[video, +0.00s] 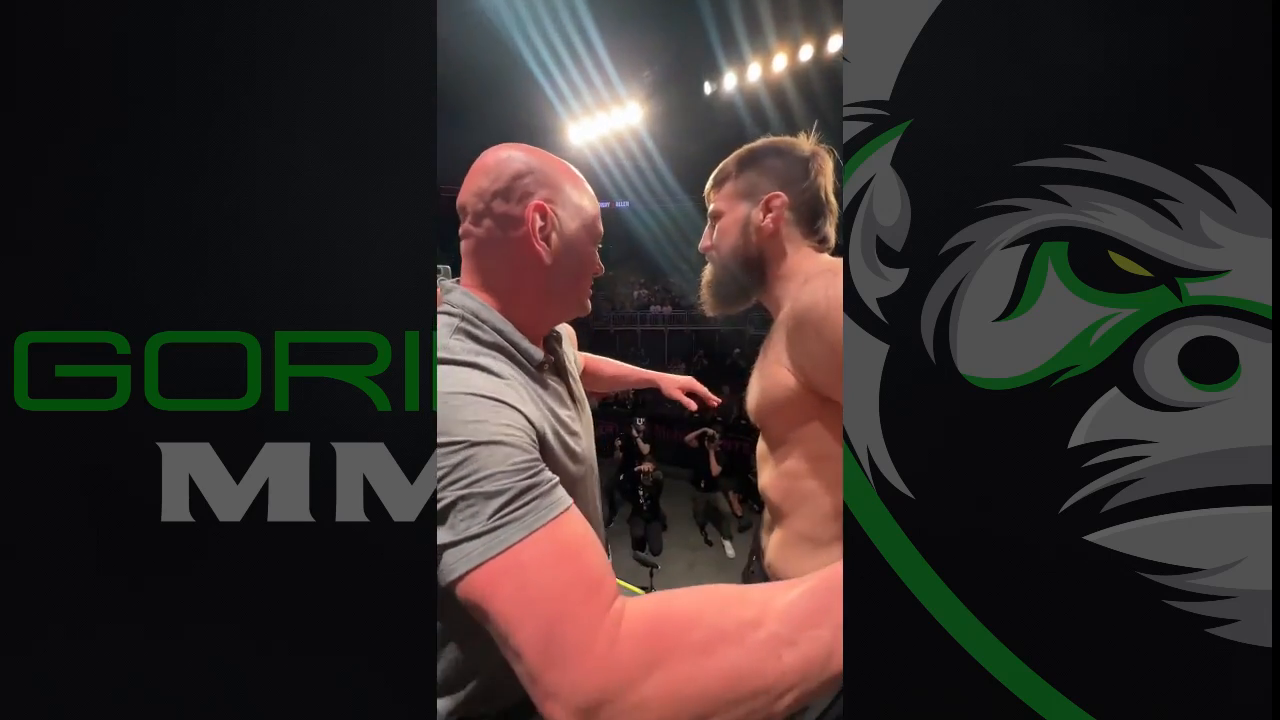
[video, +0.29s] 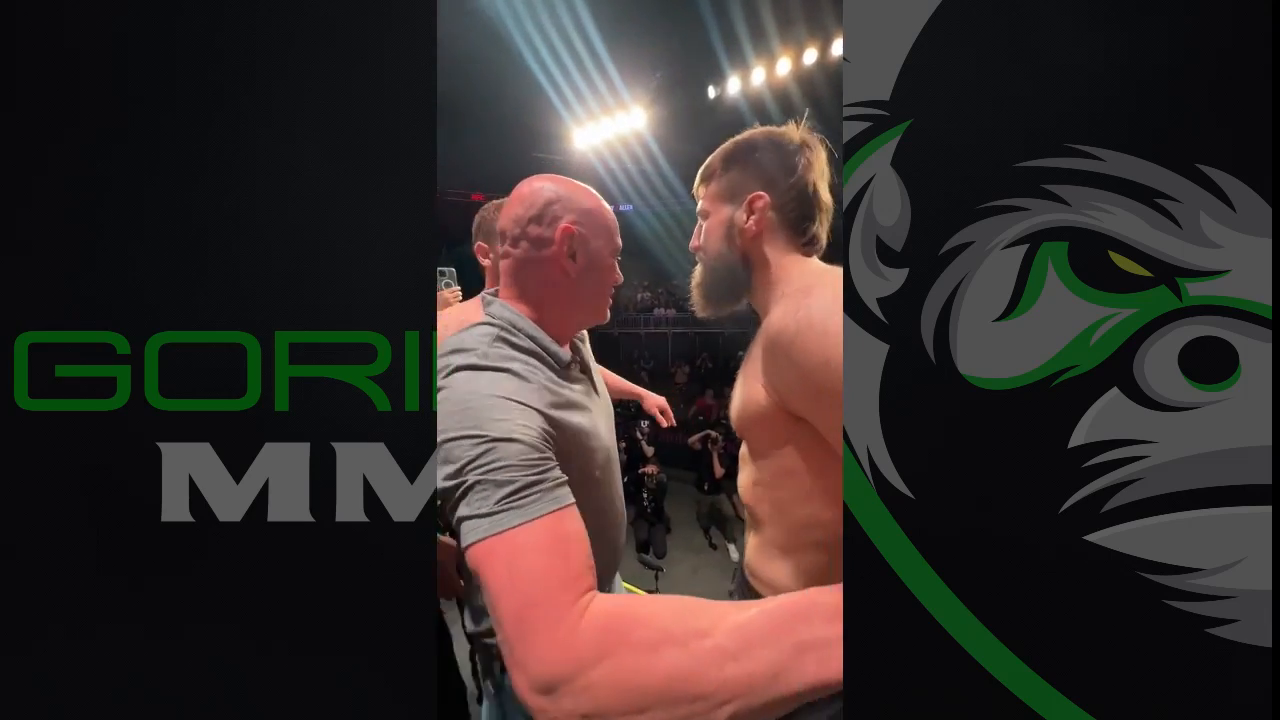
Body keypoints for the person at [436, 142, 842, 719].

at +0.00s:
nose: (599, 265)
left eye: (597, 242)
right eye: (592, 238)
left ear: (539, 229)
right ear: (541, 228)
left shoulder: (520, 335)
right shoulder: (459, 407)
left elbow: (571, 366)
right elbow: (594, 672)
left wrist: (658, 380)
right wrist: (860, 586)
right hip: (493, 698)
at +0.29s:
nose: (619, 276)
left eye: (619, 259)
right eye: (613, 258)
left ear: (567, 250)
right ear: (568, 250)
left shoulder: (553, 339)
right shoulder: (486, 402)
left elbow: (582, 378)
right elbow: (559, 662)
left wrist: (638, 393)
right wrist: (841, 619)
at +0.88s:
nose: (644, 281)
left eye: (645, 263)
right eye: (643, 261)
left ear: (558, 255)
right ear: (617, 255)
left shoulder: (563, 345)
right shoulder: (545, 355)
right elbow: (520, 623)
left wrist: (616, 399)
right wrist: (811, 691)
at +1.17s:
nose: (646, 267)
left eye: (642, 253)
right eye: (631, 249)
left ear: (574, 252)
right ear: (575, 250)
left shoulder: (561, 330)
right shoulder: (543, 337)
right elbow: (557, 565)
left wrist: (612, 438)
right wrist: (829, 645)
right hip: (560, 650)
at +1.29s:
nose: (640, 266)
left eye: (635, 251)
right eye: (623, 248)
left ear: (568, 253)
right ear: (567, 251)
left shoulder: (562, 333)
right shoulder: (537, 337)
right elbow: (563, 547)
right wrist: (830, 605)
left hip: (587, 618)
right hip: (553, 636)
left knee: (603, 707)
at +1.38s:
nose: (635, 266)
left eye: (631, 252)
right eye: (619, 249)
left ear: (565, 254)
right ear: (564, 252)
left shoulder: (557, 332)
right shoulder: (535, 337)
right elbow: (564, 544)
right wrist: (825, 580)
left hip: (581, 621)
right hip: (549, 644)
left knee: (598, 707)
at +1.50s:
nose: (637, 269)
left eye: (633, 256)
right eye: (621, 253)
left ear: (567, 256)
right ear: (567, 254)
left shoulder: (551, 331)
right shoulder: (538, 341)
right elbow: (574, 541)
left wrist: (598, 449)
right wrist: (823, 553)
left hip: (579, 616)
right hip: (536, 649)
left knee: (600, 703)